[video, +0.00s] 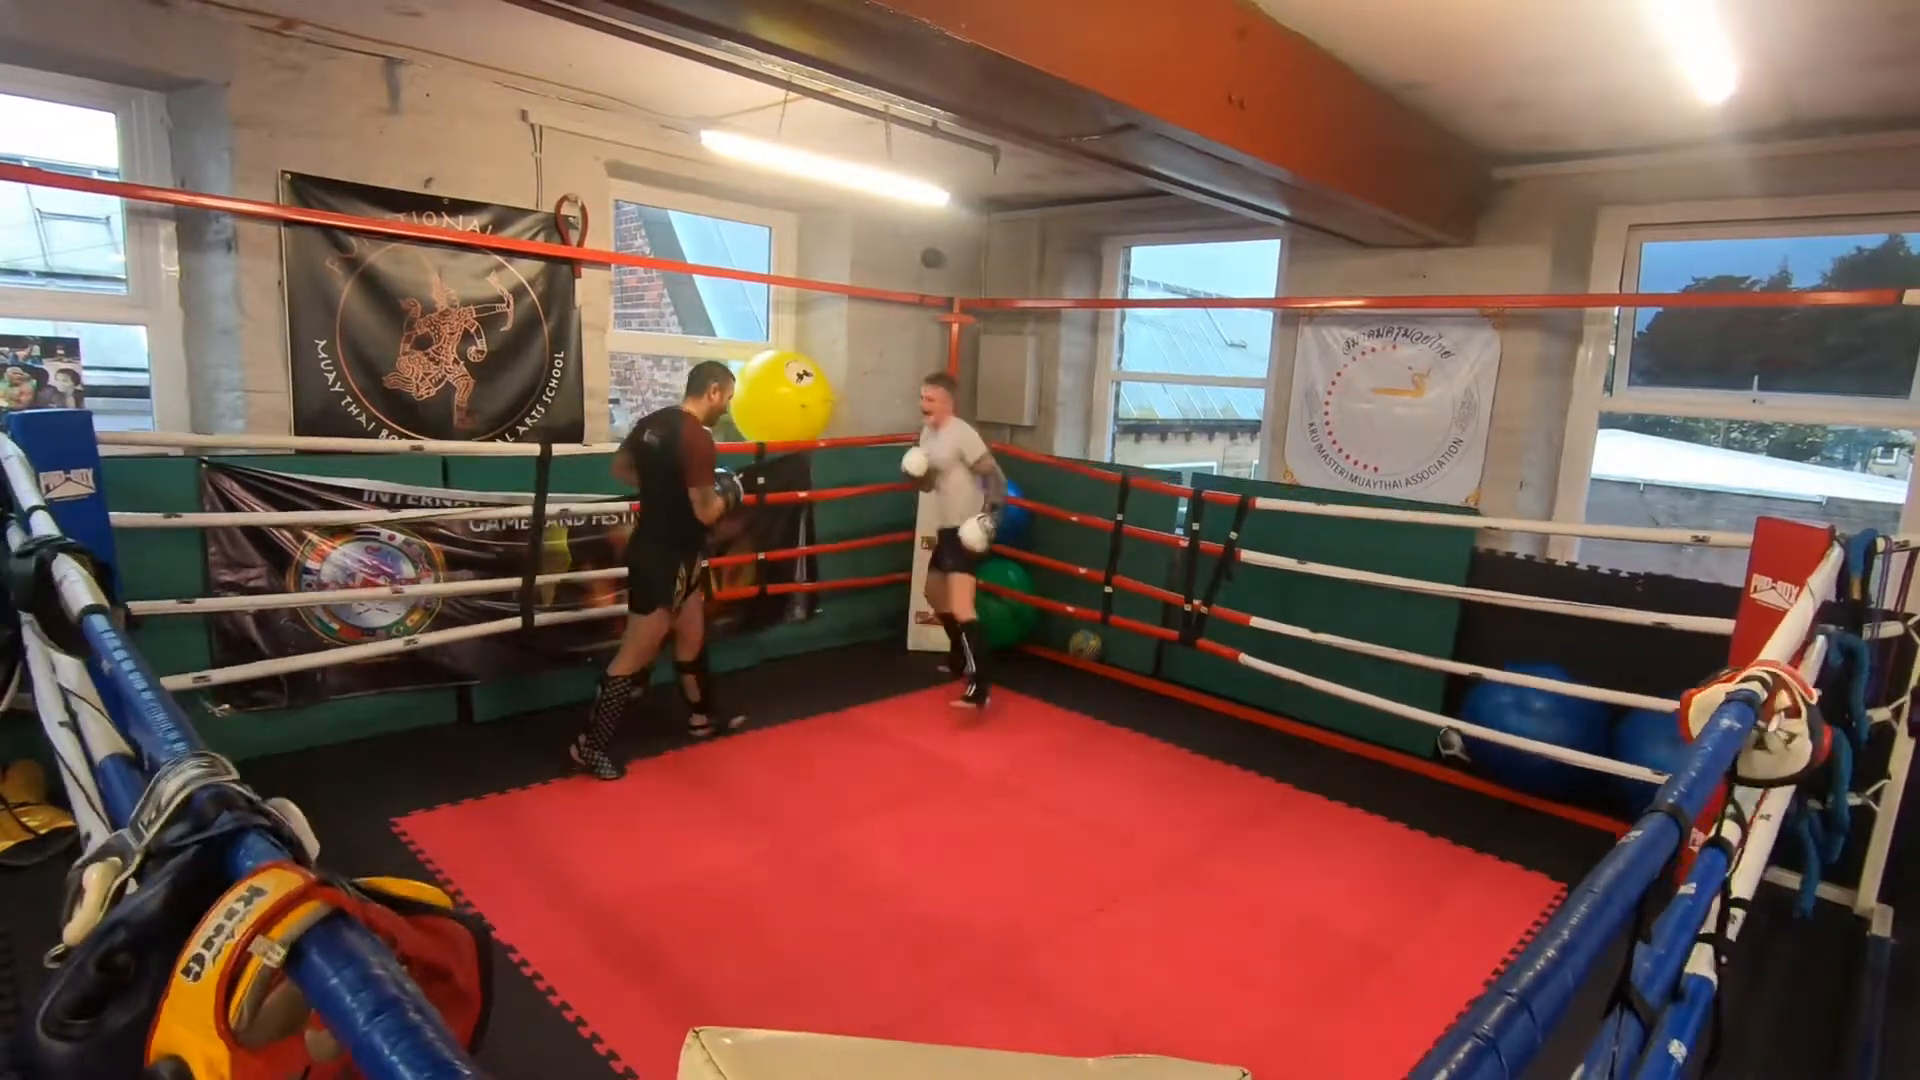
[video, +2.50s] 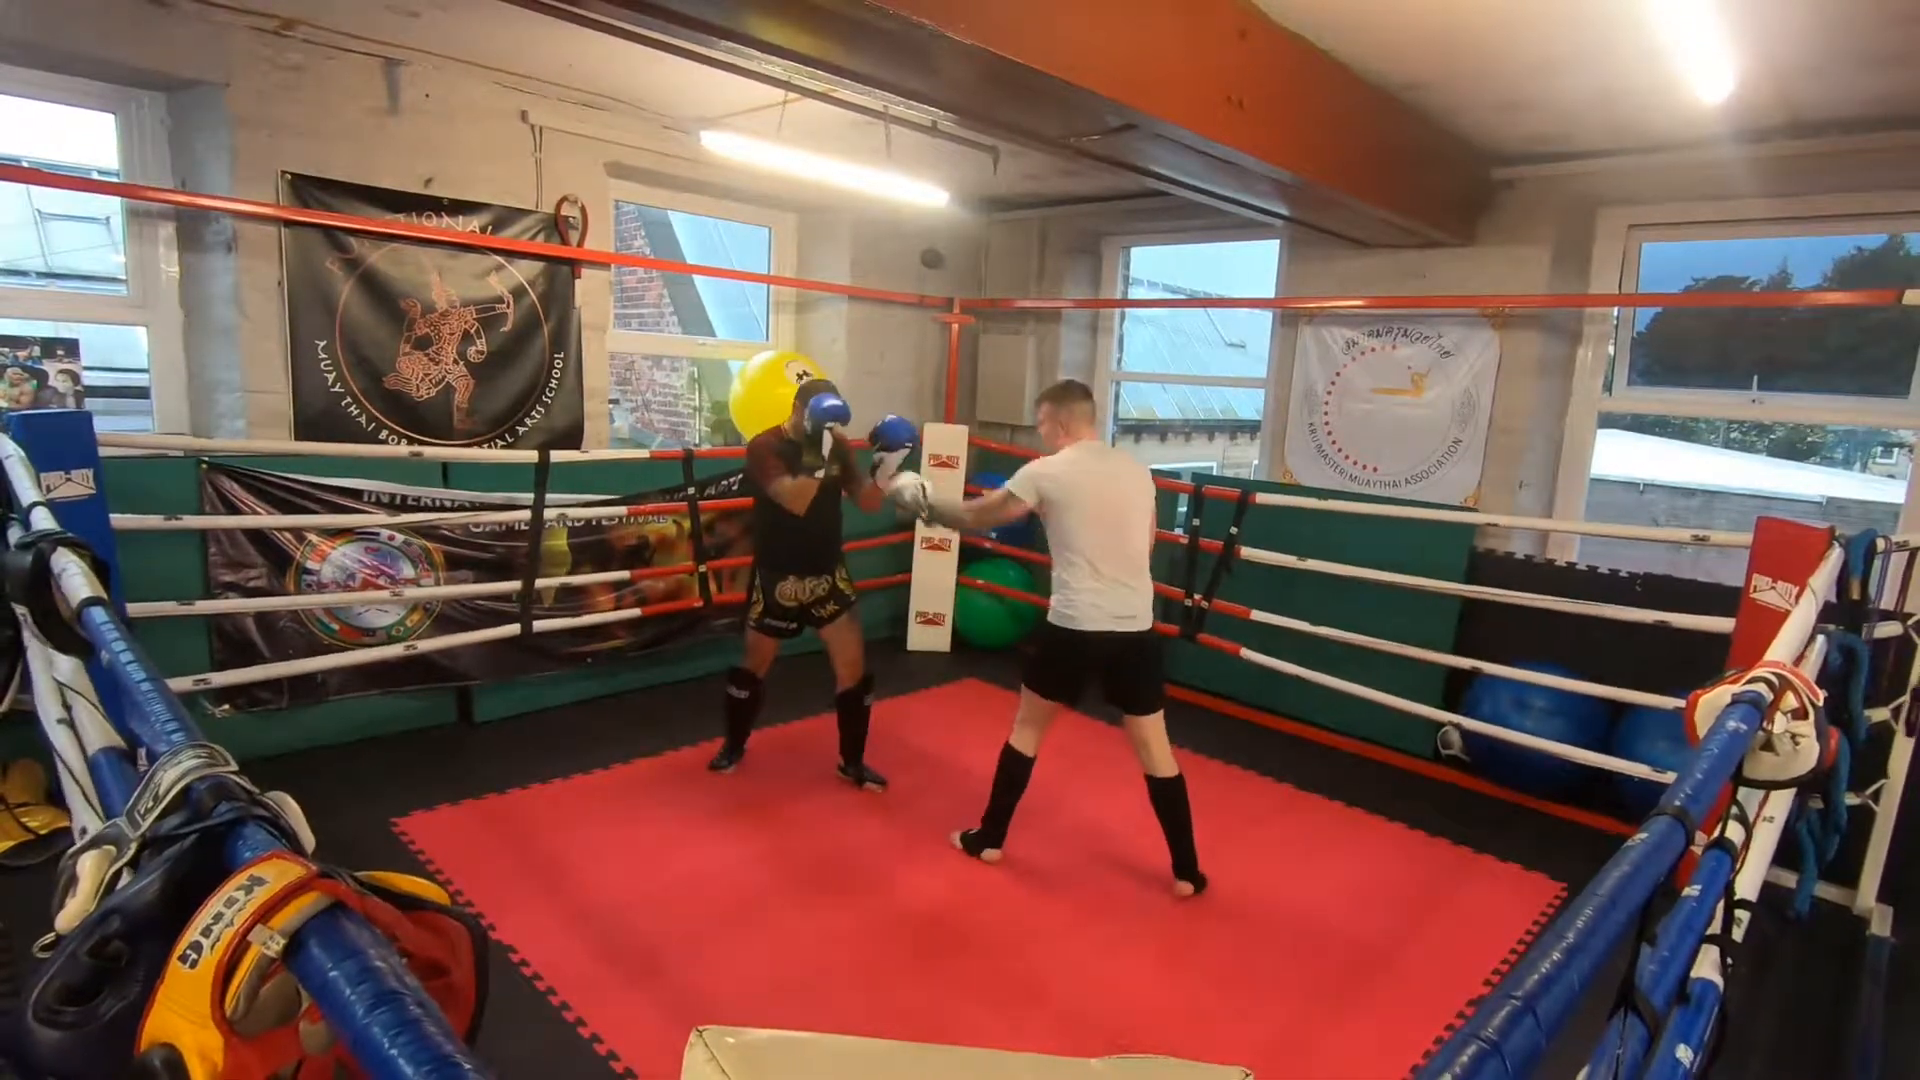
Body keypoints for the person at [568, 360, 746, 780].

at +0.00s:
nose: (727, 408)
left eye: (729, 400)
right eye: (727, 399)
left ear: (696, 390)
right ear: (713, 392)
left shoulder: (653, 422)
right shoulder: (696, 438)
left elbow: (621, 468)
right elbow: (706, 512)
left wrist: (665, 484)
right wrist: (730, 491)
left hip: (665, 550)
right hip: (666, 557)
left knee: (690, 636)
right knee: (639, 649)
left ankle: (701, 717)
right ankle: (591, 745)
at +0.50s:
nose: (783, 408)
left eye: (787, 403)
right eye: (780, 399)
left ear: (780, 407)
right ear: (763, 394)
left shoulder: (760, 435)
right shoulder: (740, 427)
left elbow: (790, 478)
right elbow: (789, 477)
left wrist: (807, 439)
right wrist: (808, 437)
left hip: (750, 552)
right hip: (720, 551)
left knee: (754, 645)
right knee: (715, 652)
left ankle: (758, 727)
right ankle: (661, 740)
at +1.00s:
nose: (789, 417)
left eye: (792, 410)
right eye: (785, 408)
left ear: (778, 407)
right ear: (761, 401)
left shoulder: (777, 439)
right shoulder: (727, 443)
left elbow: (794, 477)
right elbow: (768, 502)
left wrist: (825, 464)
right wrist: (796, 460)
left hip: (784, 559)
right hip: (742, 565)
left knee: (818, 638)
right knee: (735, 654)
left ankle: (786, 710)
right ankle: (715, 742)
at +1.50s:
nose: (832, 423)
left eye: (839, 419)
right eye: (829, 414)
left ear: (841, 422)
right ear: (813, 406)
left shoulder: (833, 447)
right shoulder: (775, 442)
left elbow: (870, 496)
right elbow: (814, 497)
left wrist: (886, 456)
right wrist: (840, 451)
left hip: (825, 570)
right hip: (776, 571)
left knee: (838, 665)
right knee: (751, 666)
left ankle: (846, 751)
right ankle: (724, 745)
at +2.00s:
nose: (826, 425)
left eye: (830, 418)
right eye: (818, 418)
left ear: (834, 416)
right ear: (795, 410)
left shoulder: (832, 442)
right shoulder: (763, 448)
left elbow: (871, 494)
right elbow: (804, 494)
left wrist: (868, 454)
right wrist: (837, 460)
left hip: (827, 571)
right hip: (775, 574)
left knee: (846, 668)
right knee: (755, 666)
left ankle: (851, 762)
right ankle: (733, 746)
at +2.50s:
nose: (822, 421)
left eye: (827, 415)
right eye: (815, 413)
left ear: (829, 416)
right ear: (795, 410)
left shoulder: (835, 446)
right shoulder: (764, 448)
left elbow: (868, 501)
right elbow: (795, 501)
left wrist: (888, 461)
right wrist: (821, 456)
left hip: (828, 574)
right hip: (775, 575)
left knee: (852, 669)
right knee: (753, 667)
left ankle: (853, 762)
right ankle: (733, 746)